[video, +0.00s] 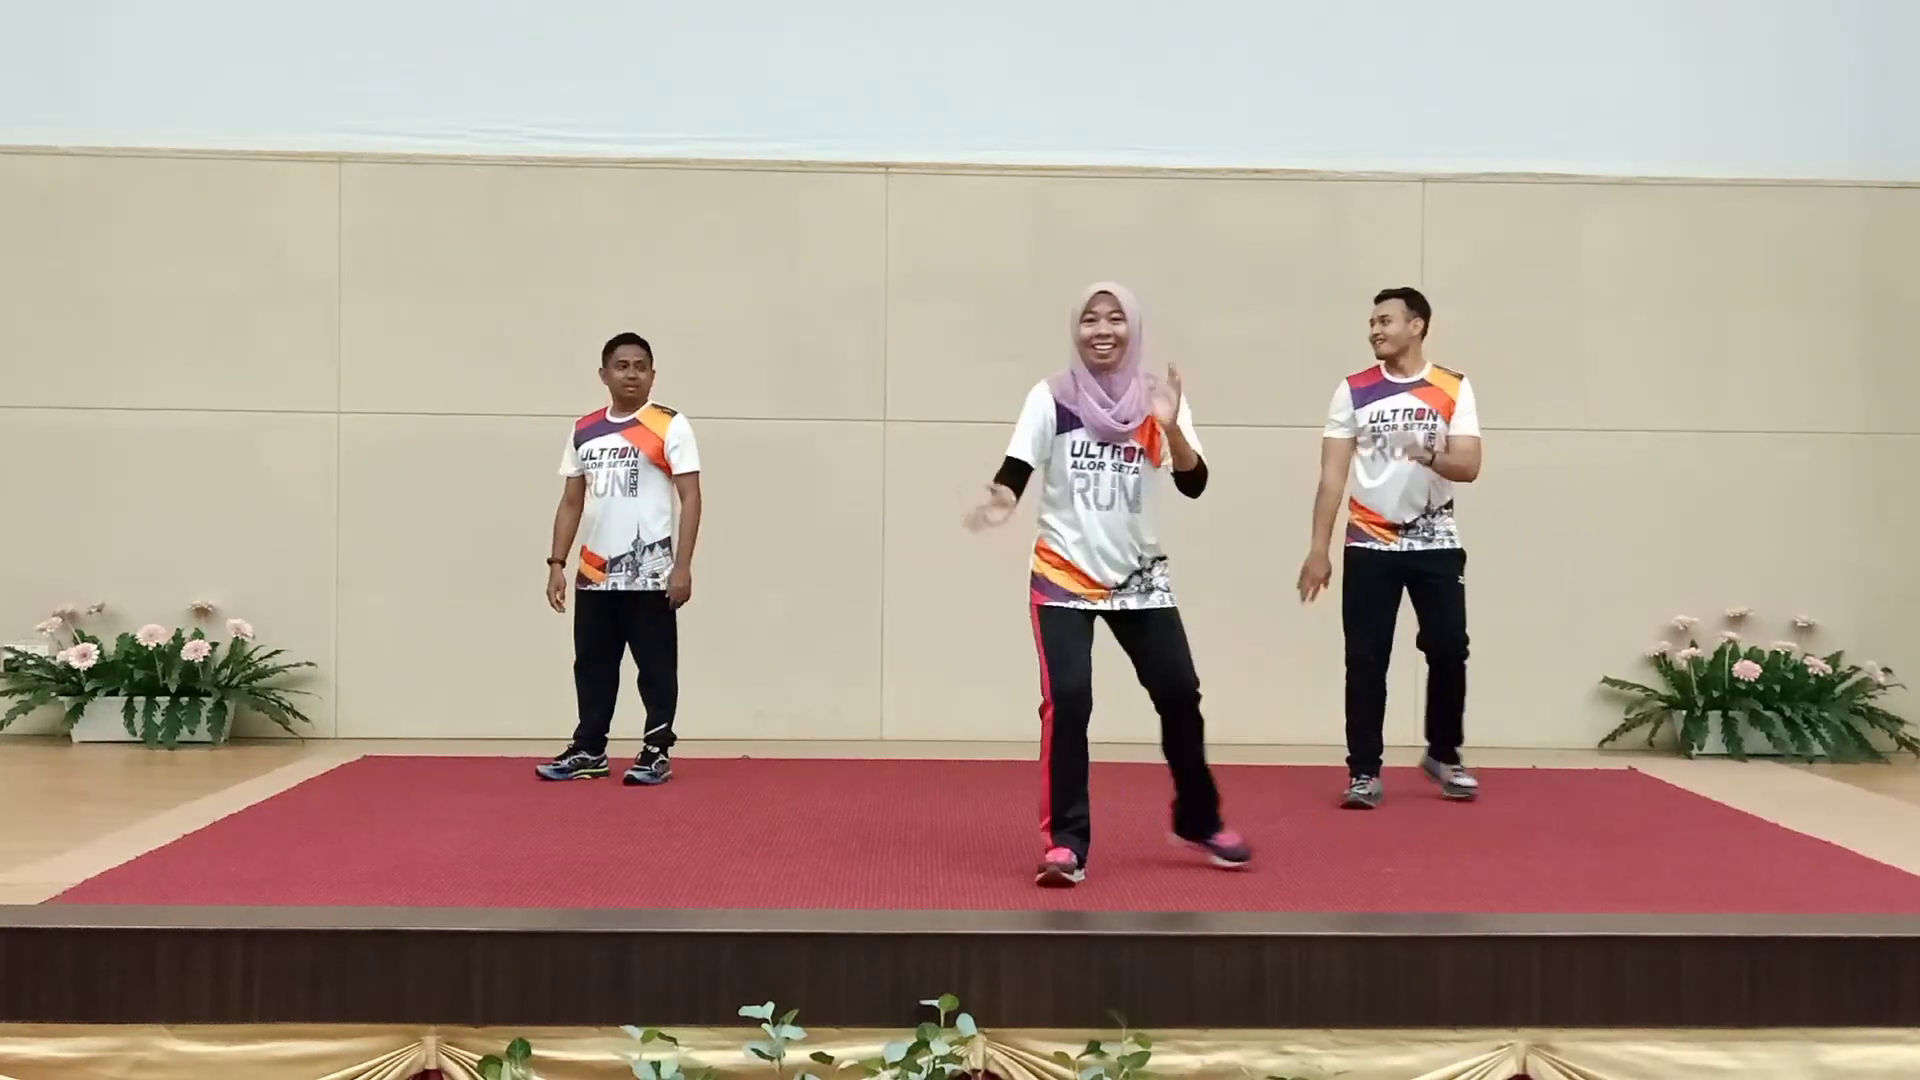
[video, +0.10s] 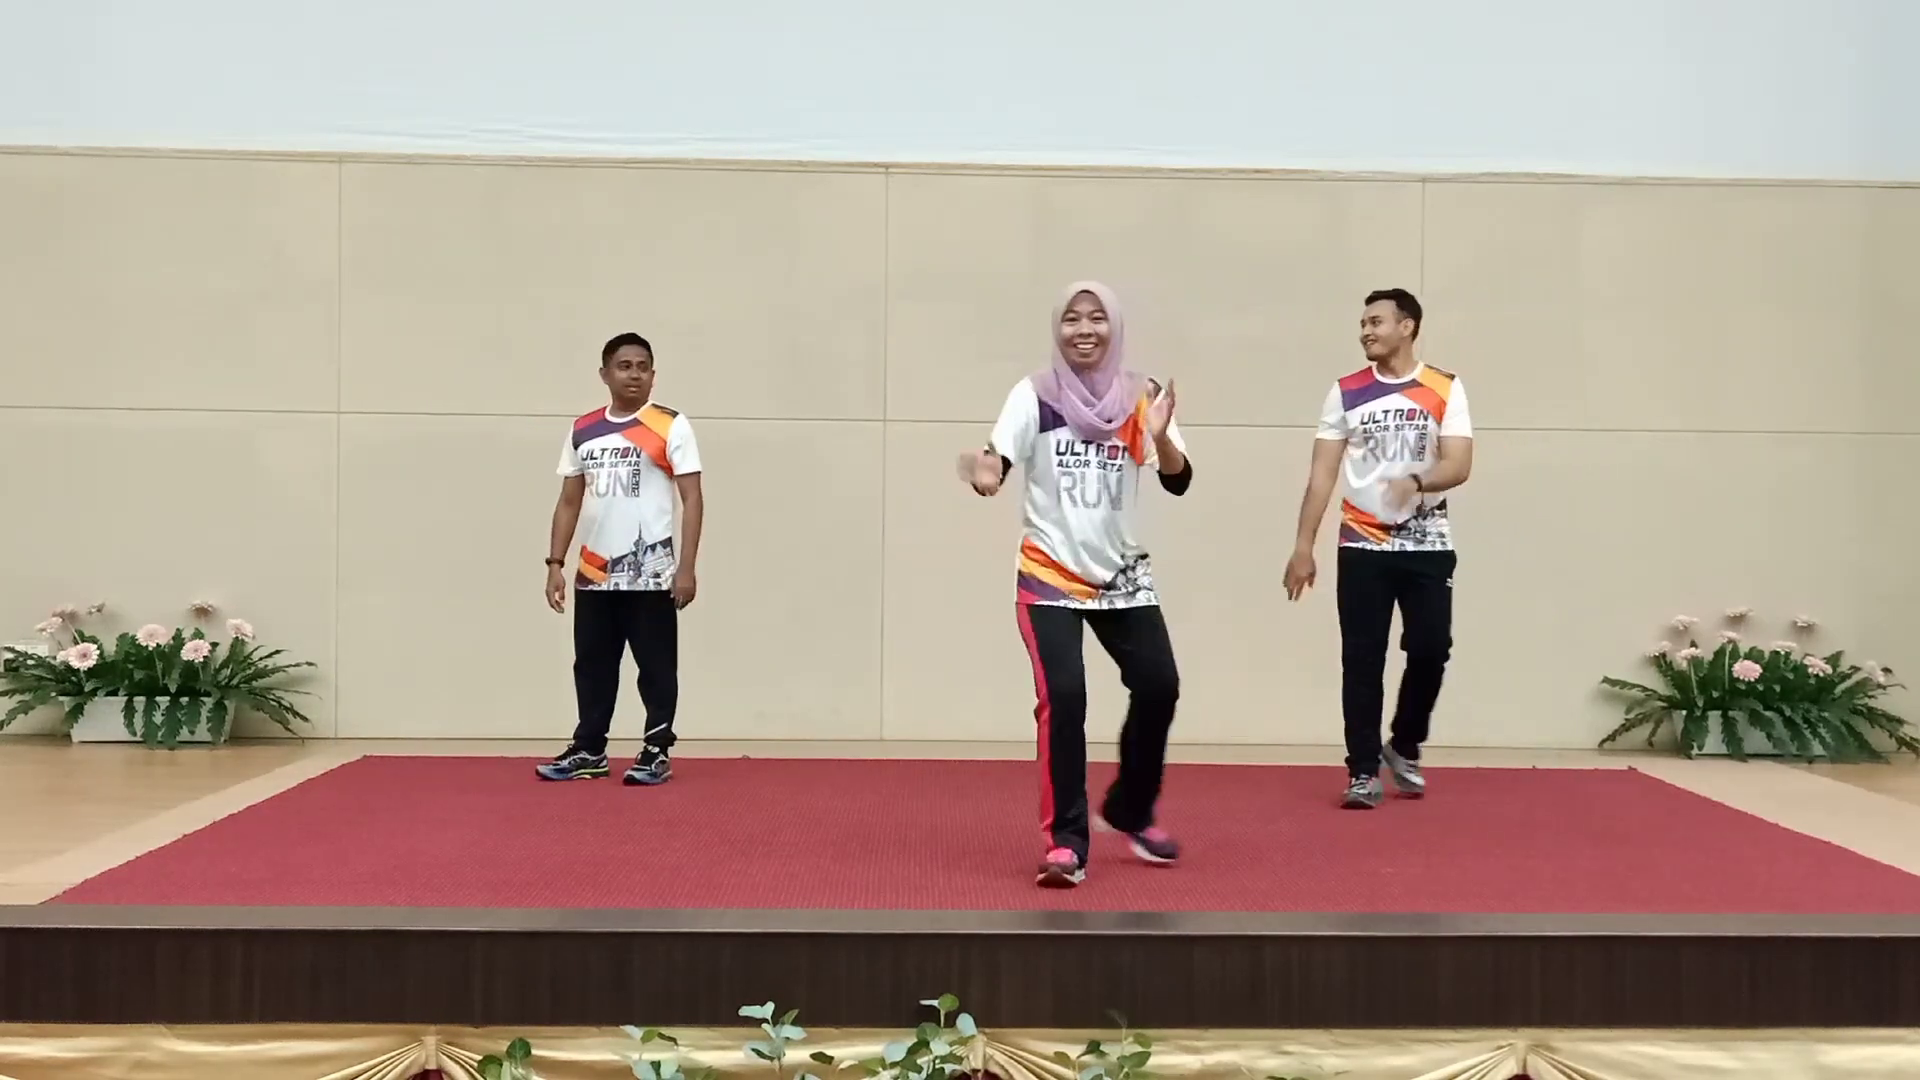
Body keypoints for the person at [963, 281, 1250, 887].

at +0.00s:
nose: (1102, 328)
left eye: (1114, 319)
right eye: (1091, 319)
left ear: (1133, 331)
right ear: (1076, 332)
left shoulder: (1158, 400)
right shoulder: (1052, 397)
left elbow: (1194, 486)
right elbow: (1017, 468)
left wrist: (1171, 429)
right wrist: (1002, 497)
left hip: (1138, 575)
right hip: (1064, 574)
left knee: (1180, 693)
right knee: (1068, 701)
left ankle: (1198, 822)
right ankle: (1065, 844)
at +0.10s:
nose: (1084, 328)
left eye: (1097, 318)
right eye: (1073, 318)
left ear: (1115, 329)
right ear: (1057, 331)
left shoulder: (1139, 398)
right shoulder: (1034, 394)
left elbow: (1178, 483)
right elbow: (994, 475)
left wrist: (1162, 435)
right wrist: (982, 469)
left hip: (1121, 575)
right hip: (1050, 574)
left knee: (1159, 686)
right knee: (1064, 696)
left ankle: (1130, 812)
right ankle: (1066, 843)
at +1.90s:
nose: (760, 319)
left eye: (772, 308)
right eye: (751, 310)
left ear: (802, 315)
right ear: (742, 322)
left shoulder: (843, 388)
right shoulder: (733, 387)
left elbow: (899, 448)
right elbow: (703, 467)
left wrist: (946, 421)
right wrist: (720, 479)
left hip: (839, 569)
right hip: (764, 574)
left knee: (895, 681)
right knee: (753, 699)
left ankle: (925, 820)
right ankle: (725, 833)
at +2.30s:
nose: (844, 325)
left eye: (854, 315)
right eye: (847, 314)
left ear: (886, 322)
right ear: (876, 323)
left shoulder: (948, 396)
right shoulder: (846, 390)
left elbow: (976, 488)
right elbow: (830, 481)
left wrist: (988, 569)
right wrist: (813, 445)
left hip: (924, 574)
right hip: (848, 570)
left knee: (925, 705)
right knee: (807, 692)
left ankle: (931, 845)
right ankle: (764, 827)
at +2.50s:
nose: (870, 329)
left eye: (879, 318)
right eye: (872, 318)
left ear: (910, 321)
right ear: (899, 322)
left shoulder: (967, 394)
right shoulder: (871, 387)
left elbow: (986, 489)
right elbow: (865, 480)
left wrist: (976, 575)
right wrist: (837, 452)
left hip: (944, 575)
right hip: (872, 570)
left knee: (931, 704)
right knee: (837, 682)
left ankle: (931, 843)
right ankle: (850, 822)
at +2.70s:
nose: (898, 334)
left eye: (904, 323)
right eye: (899, 323)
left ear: (929, 323)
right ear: (931, 323)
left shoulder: (982, 395)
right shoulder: (903, 390)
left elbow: (1000, 490)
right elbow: (900, 475)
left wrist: (979, 566)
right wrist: (872, 491)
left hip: (954, 580)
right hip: (898, 579)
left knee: (940, 707)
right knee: (901, 695)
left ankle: (932, 843)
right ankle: (990, 808)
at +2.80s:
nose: (909, 338)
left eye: (915, 328)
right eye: (909, 328)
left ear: (940, 329)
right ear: (952, 327)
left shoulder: (988, 401)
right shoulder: (922, 395)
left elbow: (1007, 490)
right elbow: (912, 474)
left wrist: (992, 570)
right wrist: (892, 513)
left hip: (973, 577)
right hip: (926, 580)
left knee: (942, 704)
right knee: (959, 704)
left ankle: (931, 842)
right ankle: (1024, 828)